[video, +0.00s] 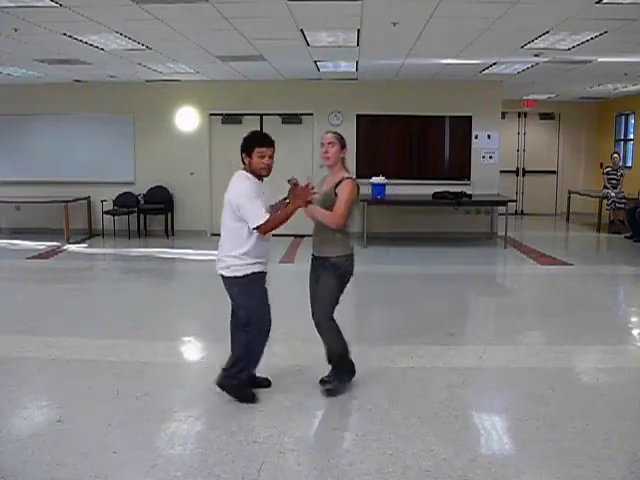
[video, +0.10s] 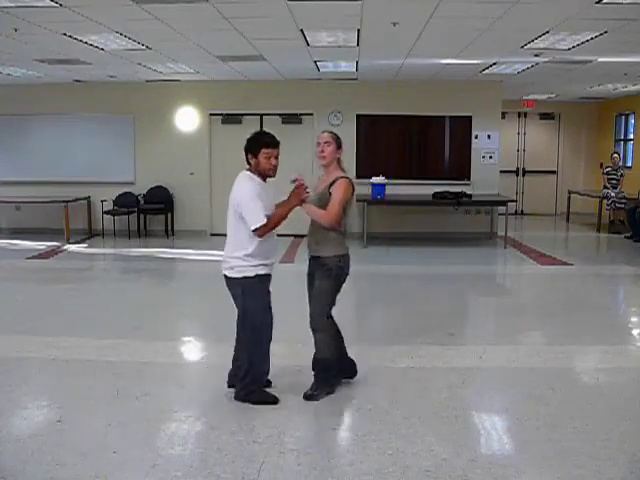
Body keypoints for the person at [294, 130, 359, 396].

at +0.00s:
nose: (325, 150)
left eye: (330, 145)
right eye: (323, 146)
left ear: (343, 150)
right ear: (321, 151)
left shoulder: (347, 183)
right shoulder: (325, 181)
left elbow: (337, 221)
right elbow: (321, 216)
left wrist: (307, 205)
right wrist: (303, 200)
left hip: (337, 259)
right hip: (320, 257)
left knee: (323, 316)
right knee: (319, 315)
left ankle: (344, 370)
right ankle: (338, 367)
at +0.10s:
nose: (321, 149)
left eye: (327, 145)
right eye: (319, 145)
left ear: (338, 151)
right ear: (317, 151)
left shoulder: (342, 183)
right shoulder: (323, 182)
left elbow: (331, 220)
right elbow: (318, 222)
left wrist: (303, 203)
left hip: (333, 260)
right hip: (318, 259)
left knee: (319, 318)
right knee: (320, 316)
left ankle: (325, 378)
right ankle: (342, 364)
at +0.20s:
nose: (319, 150)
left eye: (324, 146)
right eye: (316, 146)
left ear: (336, 152)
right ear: (314, 152)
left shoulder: (341, 184)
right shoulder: (323, 183)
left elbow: (333, 222)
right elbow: (318, 221)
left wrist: (302, 209)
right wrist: (295, 247)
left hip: (331, 262)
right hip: (314, 260)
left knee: (320, 319)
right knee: (311, 316)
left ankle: (325, 379)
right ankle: (341, 362)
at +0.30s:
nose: (319, 152)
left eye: (325, 147)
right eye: (317, 148)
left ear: (338, 152)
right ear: (315, 153)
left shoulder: (342, 184)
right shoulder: (322, 185)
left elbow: (336, 224)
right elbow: (318, 217)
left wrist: (306, 217)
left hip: (333, 264)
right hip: (314, 262)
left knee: (325, 321)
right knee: (299, 314)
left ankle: (325, 382)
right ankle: (333, 356)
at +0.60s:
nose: (332, 154)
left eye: (337, 149)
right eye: (329, 150)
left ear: (350, 153)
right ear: (328, 154)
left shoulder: (360, 184)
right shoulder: (331, 184)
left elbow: (355, 220)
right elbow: (322, 217)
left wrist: (327, 212)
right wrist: (303, 197)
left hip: (349, 262)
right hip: (326, 259)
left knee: (336, 318)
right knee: (324, 318)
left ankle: (343, 371)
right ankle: (331, 367)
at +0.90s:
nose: (352, 158)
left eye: (356, 153)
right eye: (352, 153)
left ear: (372, 155)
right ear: (366, 157)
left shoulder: (385, 185)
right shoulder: (362, 187)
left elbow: (368, 211)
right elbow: (343, 213)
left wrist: (337, 211)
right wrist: (313, 217)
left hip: (380, 265)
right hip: (357, 261)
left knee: (370, 318)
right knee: (339, 310)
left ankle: (385, 365)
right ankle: (330, 364)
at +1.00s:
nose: (359, 158)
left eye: (363, 153)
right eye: (359, 153)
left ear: (379, 156)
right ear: (374, 158)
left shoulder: (390, 186)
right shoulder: (372, 186)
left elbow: (368, 213)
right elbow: (356, 211)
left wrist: (333, 218)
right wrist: (328, 214)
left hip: (389, 263)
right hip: (370, 260)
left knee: (376, 318)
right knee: (350, 312)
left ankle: (386, 366)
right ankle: (341, 361)